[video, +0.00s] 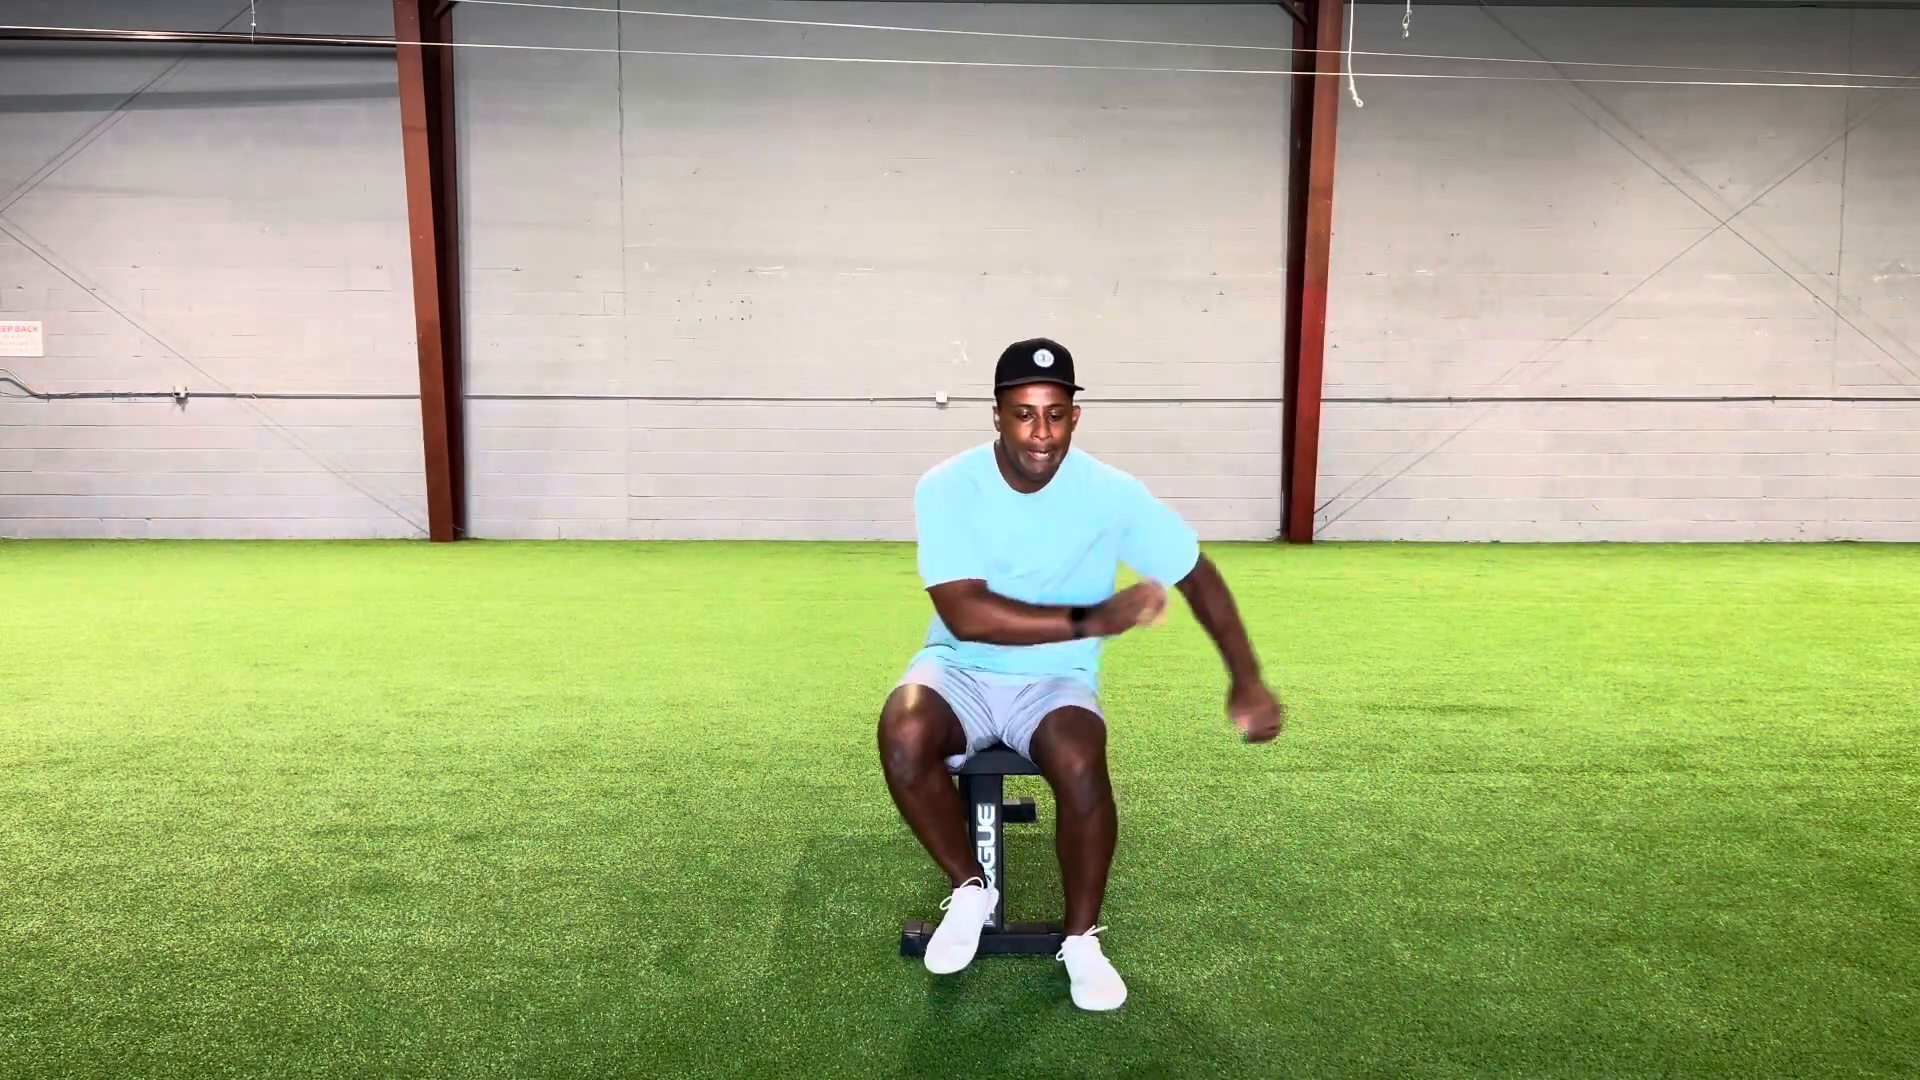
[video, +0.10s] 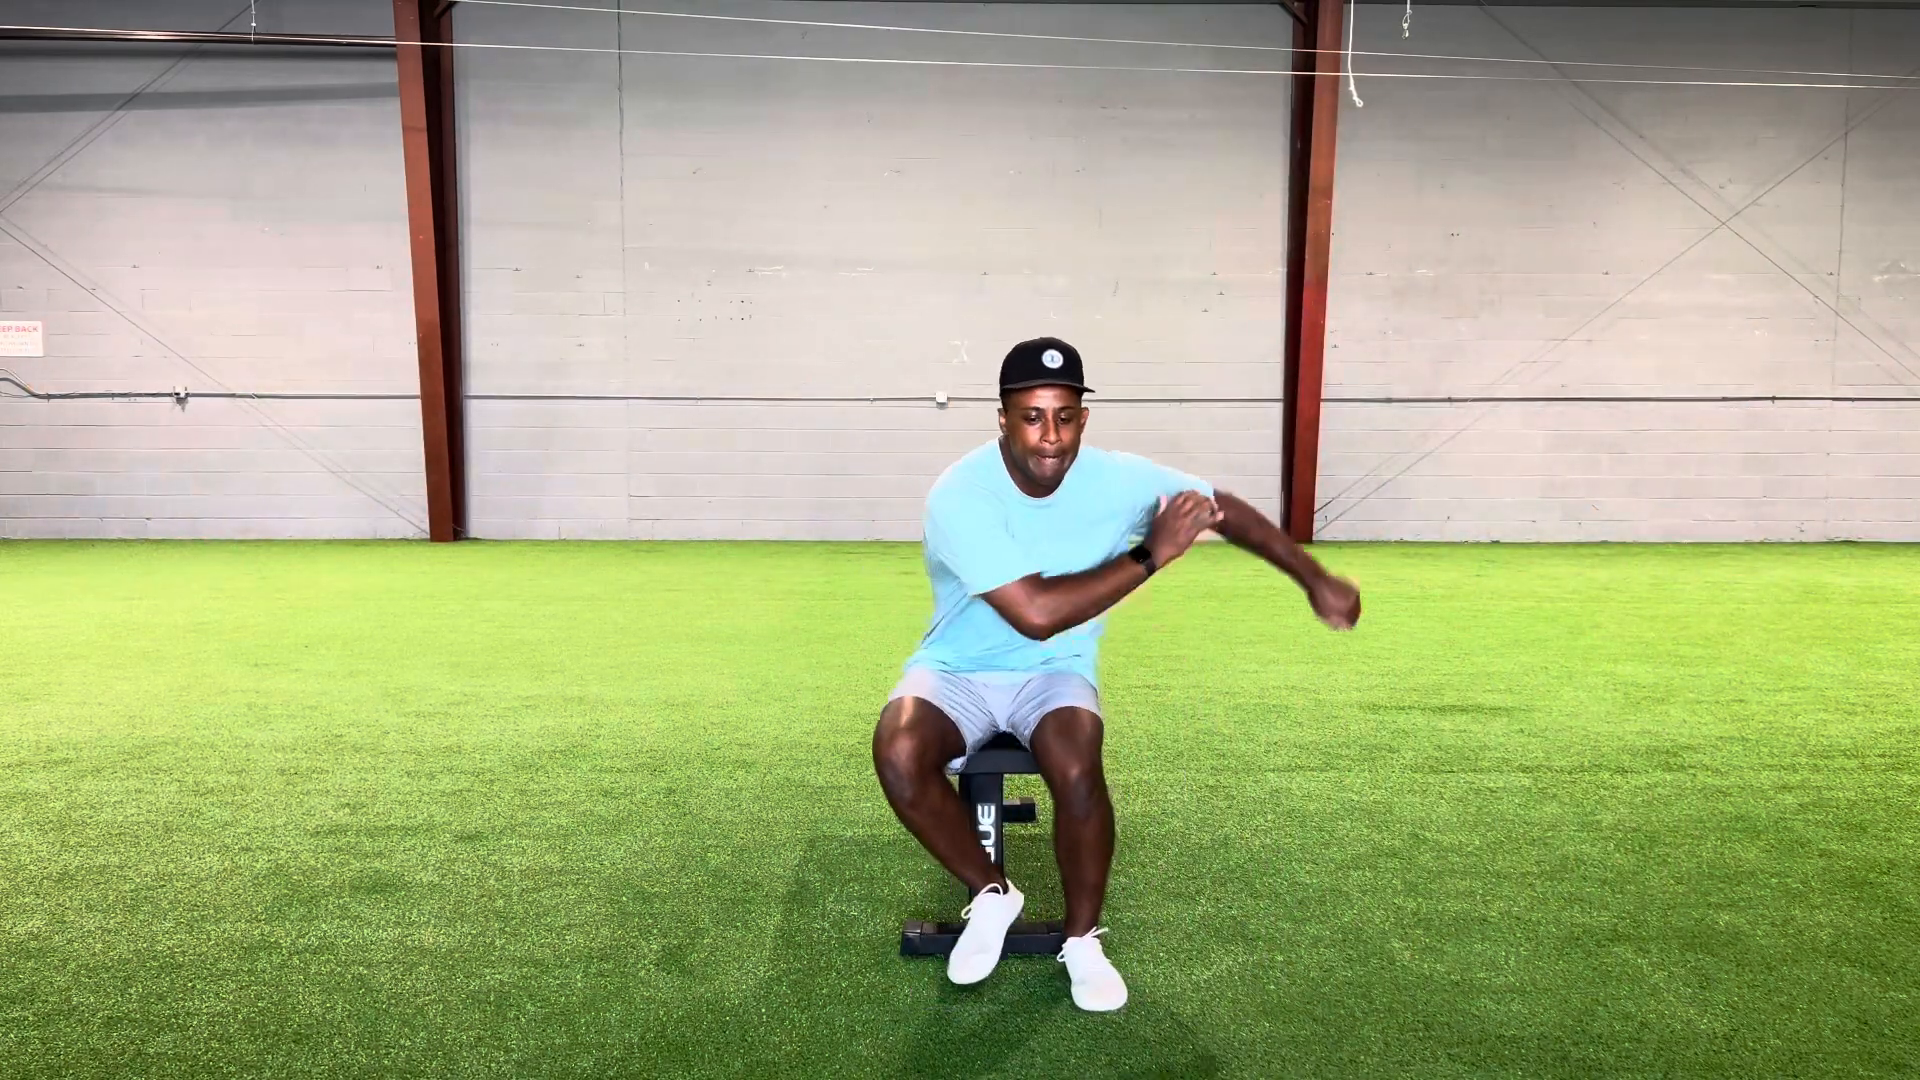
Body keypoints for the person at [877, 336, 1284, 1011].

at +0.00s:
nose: (1042, 434)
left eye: (1056, 417)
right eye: (1025, 417)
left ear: (1074, 418)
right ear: (998, 417)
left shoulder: (1113, 495)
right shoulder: (946, 490)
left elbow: (1195, 572)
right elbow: (965, 616)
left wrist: (1246, 675)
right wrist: (1091, 620)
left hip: (1057, 671)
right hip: (958, 666)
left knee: (1078, 760)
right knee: (902, 734)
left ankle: (1081, 936)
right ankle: (969, 887)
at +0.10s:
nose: (1049, 437)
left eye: (1064, 419)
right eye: (1032, 419)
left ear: (1083, 420)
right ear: (1001, 421)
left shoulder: (1119, 482)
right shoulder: (957, 498)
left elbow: (1222, 509)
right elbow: (1035, 612)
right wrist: (1150, 559)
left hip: (1057, 666)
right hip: (955, 667)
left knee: (1074, 766)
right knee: (898, 752)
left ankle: (1081, 938)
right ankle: (990, 889)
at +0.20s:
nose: (1049, 430)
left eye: (1063, 410)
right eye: (1030, 411)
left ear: (1080, 410)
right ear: (997, 414)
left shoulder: (1114, 464)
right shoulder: (954, 495)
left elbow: (1196, 476)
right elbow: (1044, 617)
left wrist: (1273, 521)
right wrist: (1141, 546)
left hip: (1056, 655)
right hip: (949, 661)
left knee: (1087, 776)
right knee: (925, 778)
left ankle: (1084, 938)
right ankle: (1015, 907)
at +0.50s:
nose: (932, 304)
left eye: (947, 290)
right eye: (916, 289)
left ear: (973, 301)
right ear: (893, 298)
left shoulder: (998, 386)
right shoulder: (828, 366)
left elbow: (1058, 473)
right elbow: (706, 372)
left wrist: (1029, 373)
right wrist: (677, 373)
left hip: (963, 627)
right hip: (846, 619)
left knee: (1041, 782)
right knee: (799, 733)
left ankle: (1078, 938)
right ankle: (860, 876)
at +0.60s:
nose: (803, 228)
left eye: (819, 211)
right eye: (789, 215)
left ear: (858, 218)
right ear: (774, 224)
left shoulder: (908, 291)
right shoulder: (732, 291)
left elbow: (1005, 282)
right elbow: (622, 265)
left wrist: (943, 177)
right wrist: (560, 257)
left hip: (877, 578)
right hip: (756, 569)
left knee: (969, 742)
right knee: (628, 700)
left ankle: (1067, 931)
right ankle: (699, 842)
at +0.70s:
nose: (680, 173)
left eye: (697, 155)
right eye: (666, 160)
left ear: (742, 161)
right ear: (656, 174)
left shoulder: (814, 238)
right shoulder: (622, 262)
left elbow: (931, 262)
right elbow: (503, 308)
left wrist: (928, 214)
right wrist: (408, 344)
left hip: (784, 527)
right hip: (658, 525)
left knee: (882, 699)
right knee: (522, 681)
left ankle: (970, 887)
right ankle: (490, 861)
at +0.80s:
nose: (564, 180)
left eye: (582, 160)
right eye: (550, 165)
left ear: (630, 164)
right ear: (540, 173)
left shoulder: (697, 245)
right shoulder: (509, 283)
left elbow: (821, 309)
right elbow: (444, 378)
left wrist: (831, 316)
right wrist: (384, 462)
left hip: (690, 527)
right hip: (560, 533)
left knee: (800, 710)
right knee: (449, 709)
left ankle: (812, 843)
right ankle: (346, 906)